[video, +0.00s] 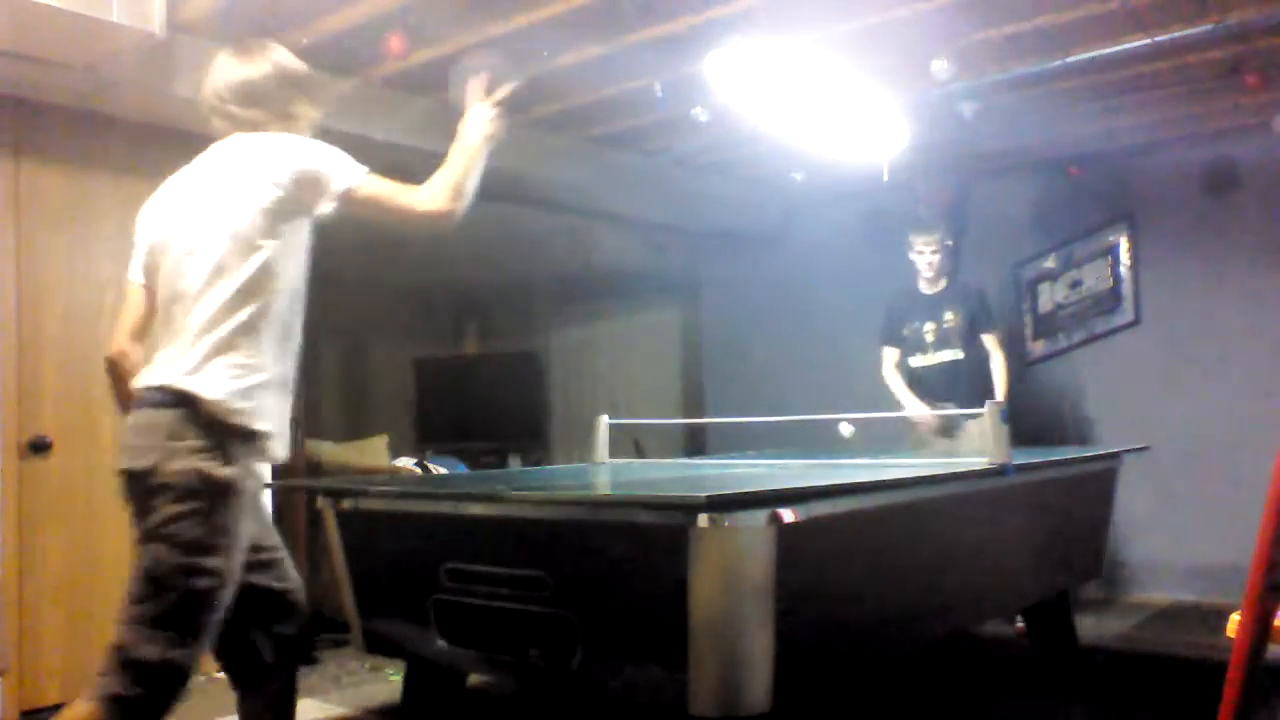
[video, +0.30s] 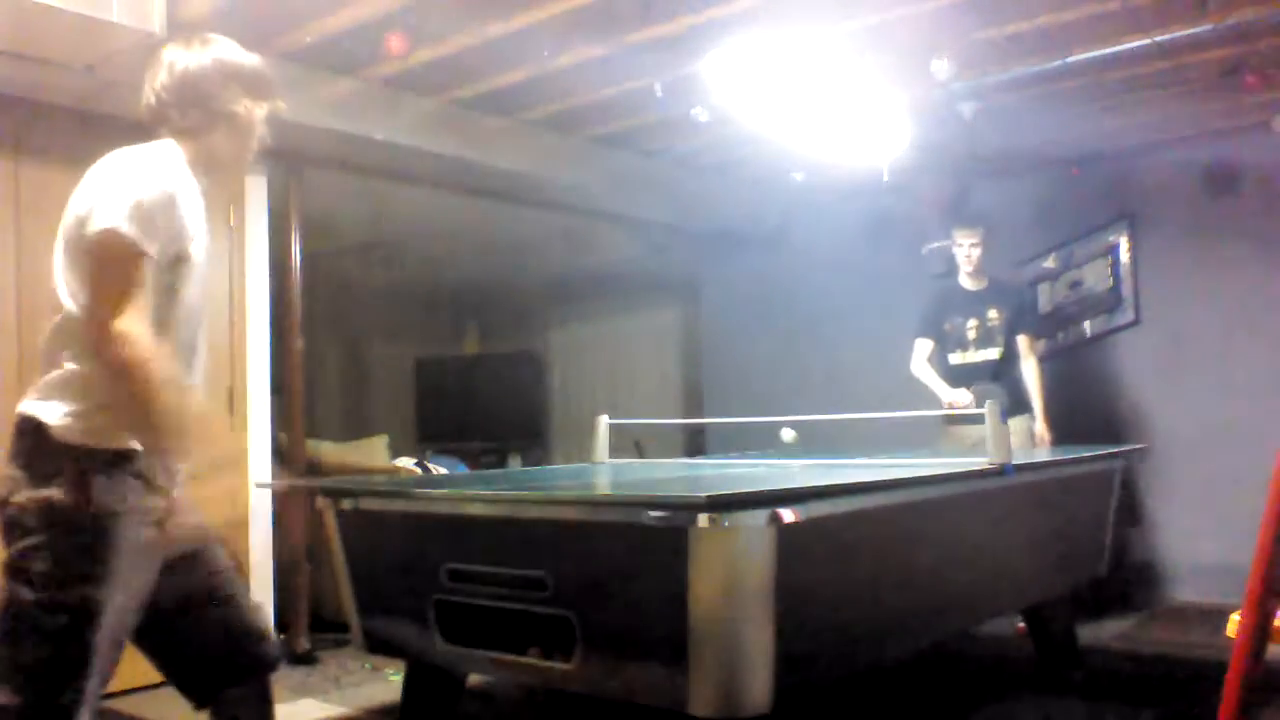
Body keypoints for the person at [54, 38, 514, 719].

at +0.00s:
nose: (313, 117)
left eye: (310, 102)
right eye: (305, 103)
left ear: (223, 108)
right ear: (286, 102)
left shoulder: (167, 195)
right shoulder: (289, 157)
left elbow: (122, 349)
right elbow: (438, 203)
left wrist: (156, 442)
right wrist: (477, 127)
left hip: (157, 437)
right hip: (206, 444)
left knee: (272, 629)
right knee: (144, 676)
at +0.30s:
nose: (260, 138)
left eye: (262, 121)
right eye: (253, 118)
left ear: (197, 112)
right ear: (207, 111)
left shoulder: (190, 200)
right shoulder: (146, 175)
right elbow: (111, 328)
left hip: (139, 472)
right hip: (82, 467)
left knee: (240, 666)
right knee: (49, 696)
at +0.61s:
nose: (321, 152)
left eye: (320, 136)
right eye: (310, 134)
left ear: (270, 142)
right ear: (265, 135)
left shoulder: (246, 232)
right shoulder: (168, 188)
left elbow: (190, 376)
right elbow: (15, 217)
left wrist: (280, 413)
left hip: (187, 481)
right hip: (111, 485)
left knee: (294, 638)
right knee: (75, 703)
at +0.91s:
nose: (476, 251)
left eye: (478, 237)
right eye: (472, 234)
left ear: (427, 227)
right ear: (433, 224)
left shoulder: (409, 321)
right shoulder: (349, 243)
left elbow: (450, 405)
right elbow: (216, 298)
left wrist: (545, 447)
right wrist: (103, 398)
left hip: (279, 491)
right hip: (207, 486)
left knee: (369, 617)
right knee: (121, 689)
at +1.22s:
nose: (506, 264)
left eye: (508, 252)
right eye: (501, 248)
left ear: (468, 245)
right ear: (464, 235)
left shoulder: (454, 330)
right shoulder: (403, 244)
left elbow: (523, 405)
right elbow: (288, 277)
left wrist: (610, 459)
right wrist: (320, 362)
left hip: (313, 473)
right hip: (244, 455)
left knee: (387, 612)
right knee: (165, 654)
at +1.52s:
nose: (422, 185)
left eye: (420, 175)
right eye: (411, 172)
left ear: (390, 194)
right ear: (379, 177)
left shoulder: (398, 273)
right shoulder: (325, 210)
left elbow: (498, 312)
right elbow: (215, 262)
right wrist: (313, 339)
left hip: (286, 457)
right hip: (219, 443)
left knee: (338, 635)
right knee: (214, 643)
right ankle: (105, 719)